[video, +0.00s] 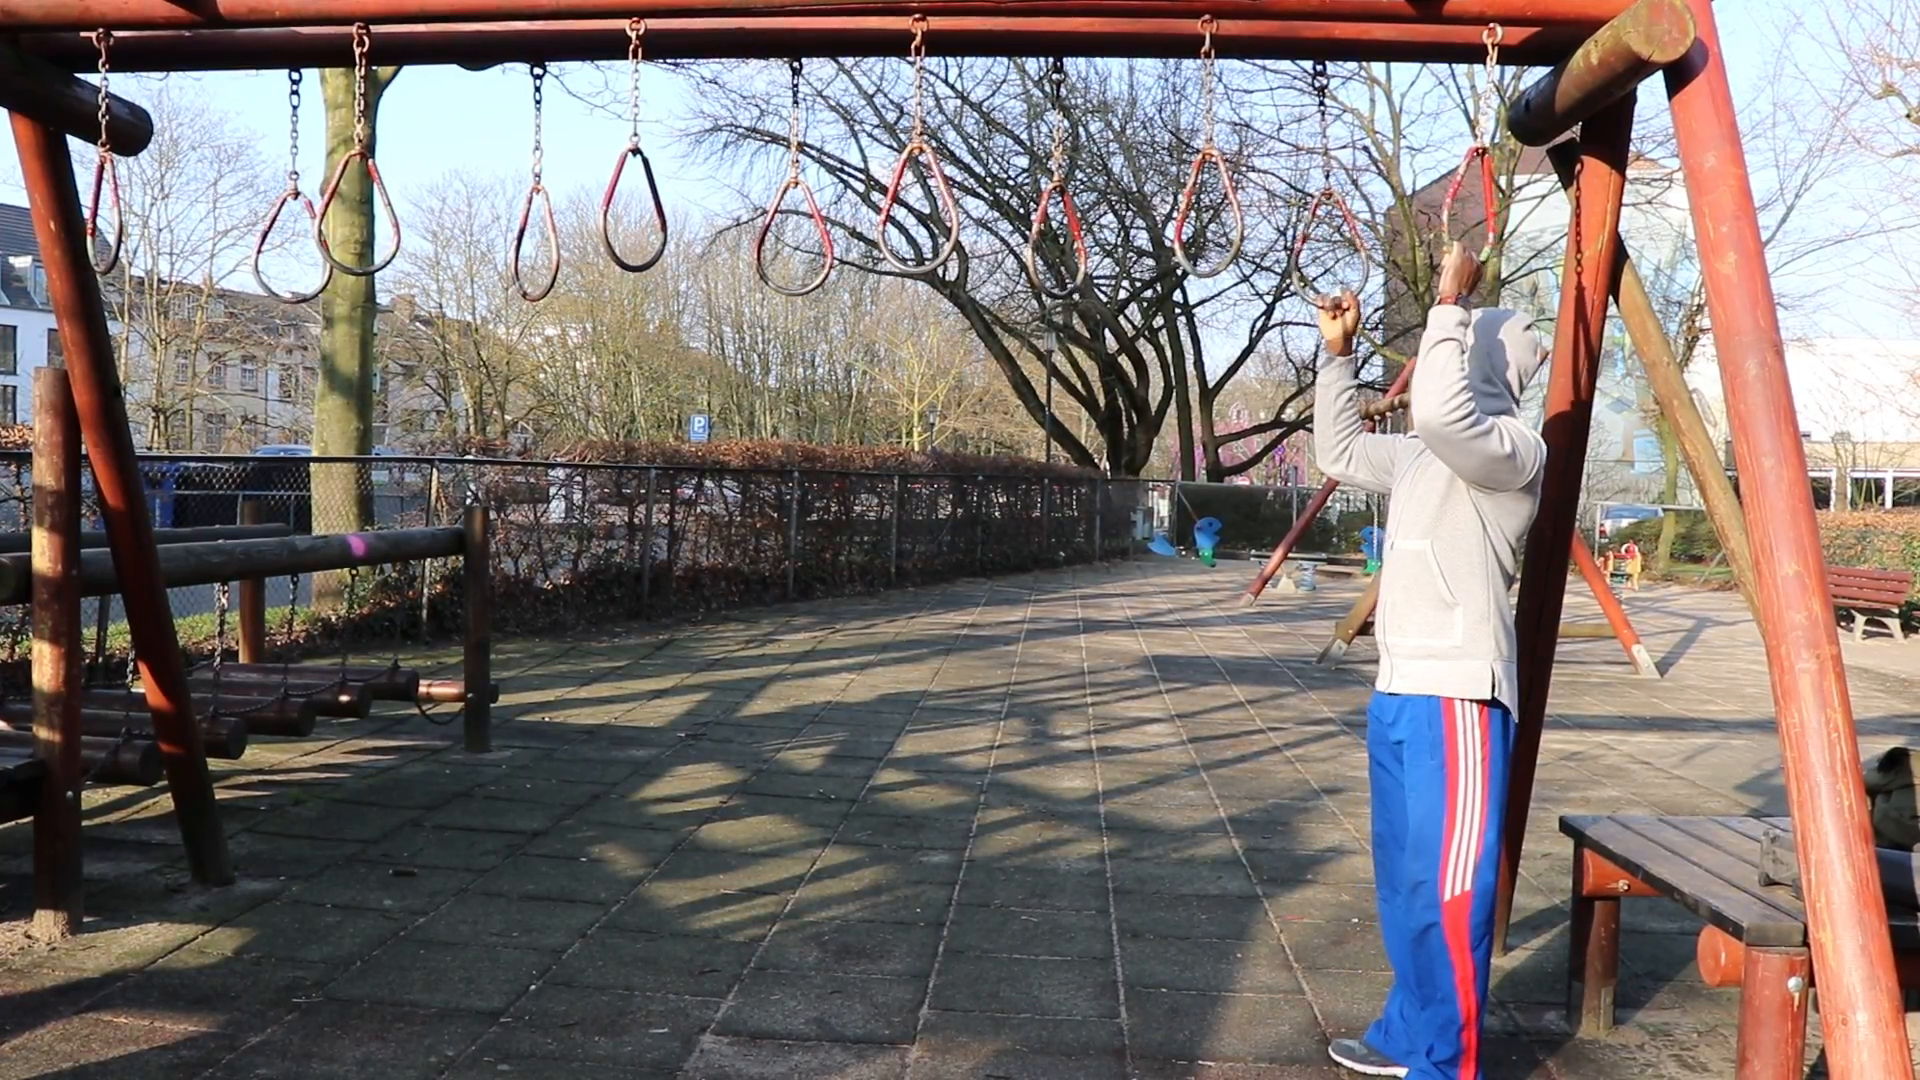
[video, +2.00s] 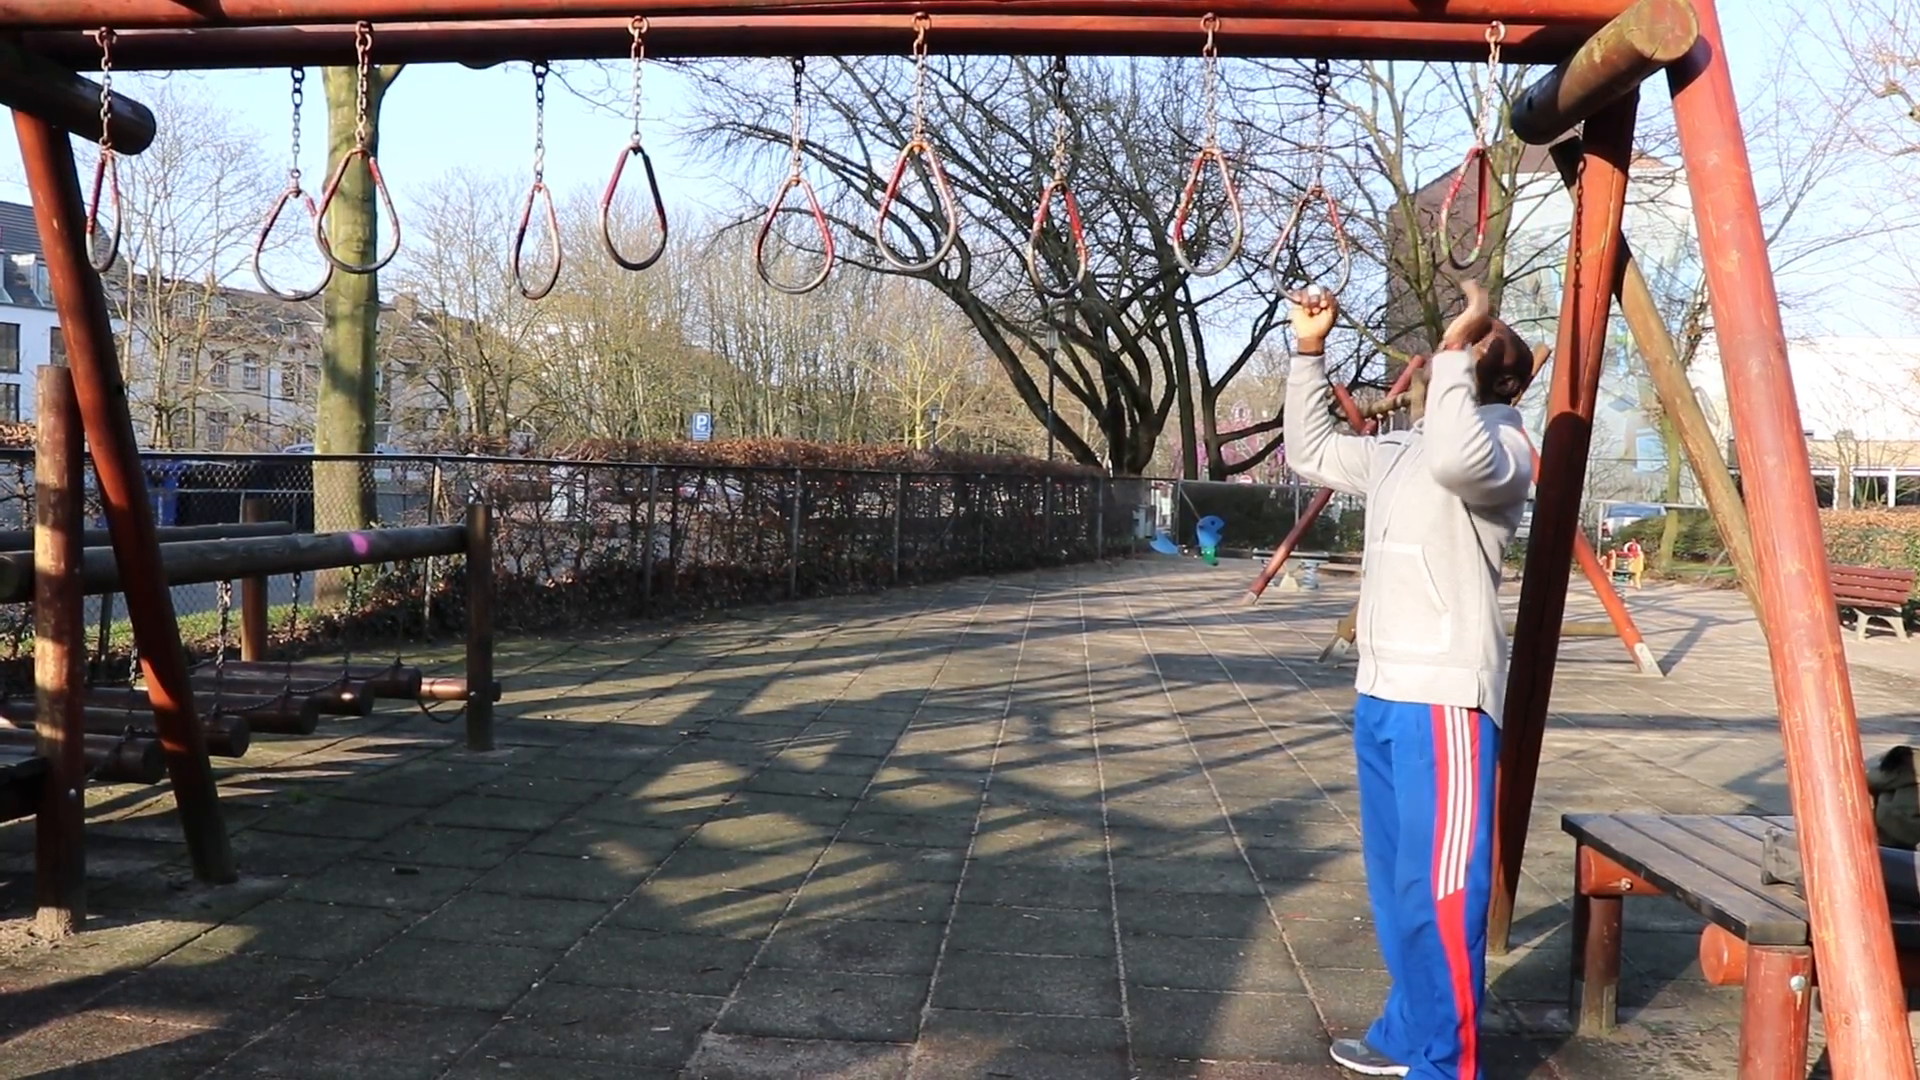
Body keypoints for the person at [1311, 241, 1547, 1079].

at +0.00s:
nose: (1421, 367)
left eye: (1444, 353)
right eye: (1426, 354)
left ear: (1493, 369)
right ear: (1450, 378)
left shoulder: (1520, 452)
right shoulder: (1422, 454)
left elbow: (1444, 416)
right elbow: (1341, 449)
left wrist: (1449, 308)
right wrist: (1338, 353)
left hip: (1464, 697)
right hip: (1404, 694)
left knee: (1453, 884)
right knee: (1406, 879)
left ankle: (1448, 1057)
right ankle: (1409, 1033)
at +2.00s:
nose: (1421, 366)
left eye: (1442, 353)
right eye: (1426, 355)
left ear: (1481, 370)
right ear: (1425, 378)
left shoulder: (1507, 446)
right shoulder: (1399, 448)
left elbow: (1454, 460)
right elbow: (1311, 449)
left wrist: (1455, 352)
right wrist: (1308, 348)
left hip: (1448, 696)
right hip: (1382, 692)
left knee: (1444, 887)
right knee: (1395, 881)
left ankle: (1447, 1060)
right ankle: (1407, 1034)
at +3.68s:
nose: (1462, 356)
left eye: (1484, 348)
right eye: (1467, 345)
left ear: (1523, 378)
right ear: (1492, 372)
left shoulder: (1512, 439)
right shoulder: (1457, 429)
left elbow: (1396, 447)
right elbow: (1348, 453)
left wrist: (1410, 325)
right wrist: (1362, 343)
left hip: (1462, 688)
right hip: (1408, 683)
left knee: (1441, 886)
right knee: (1401, 877)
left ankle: (1448, 1059)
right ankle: (1412, 1034)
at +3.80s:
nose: (1453, 347)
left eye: (1475, 342)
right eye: (1458, 337)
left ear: (1513, 376)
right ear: (1462, 368)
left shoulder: (1498, 437)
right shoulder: (1447, 430)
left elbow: (1379, 430)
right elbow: (1341, 455)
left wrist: (1312, 327)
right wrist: (1362, 344)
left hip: (1460, 691)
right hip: (1410, 684)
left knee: (1441, 882)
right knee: (1399, 871)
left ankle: (1450, 1059)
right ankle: (1410, 1034)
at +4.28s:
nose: (1402, 359)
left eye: (1421, 349)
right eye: (1409, 347)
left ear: (1466, 376)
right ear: (1460, 376)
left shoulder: (1454, 436)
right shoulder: (1427, 432)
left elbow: (1317, 427)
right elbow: (1323, 442)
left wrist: (1294, 309)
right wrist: (1343, 343)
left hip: (1407, 674)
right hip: (1367, 666)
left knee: (1356, 868)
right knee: (1316, 836)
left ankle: (1411, 1053)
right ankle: (1386, 1010)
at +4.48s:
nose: (1360, 369)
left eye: (1380, 358)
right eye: (1370, 357)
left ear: (1420, 383)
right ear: (1419, 383)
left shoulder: (1400, 444)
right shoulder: (1395, 437)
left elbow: (1254, 436)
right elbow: (1291, 439)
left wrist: (1248, 318)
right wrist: (1322, 344)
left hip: (1340, 676)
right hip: (1314, 663)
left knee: (1236, 850)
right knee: (1217, 802)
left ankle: (1280, 1043)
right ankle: (1290, 992)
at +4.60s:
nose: (1328, 360)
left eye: (1348, 352)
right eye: (1335, 347)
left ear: (1388, 377)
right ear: (1386, 377)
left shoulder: (1366, 439)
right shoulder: (1369, 434)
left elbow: (1215, 435)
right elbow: (1273, 430)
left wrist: (1223, 317)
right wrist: (1306, 343)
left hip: (1298, 667)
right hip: (1280, 650)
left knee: (1148, 804)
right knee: (1152, 719)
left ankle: (1165, 1010)